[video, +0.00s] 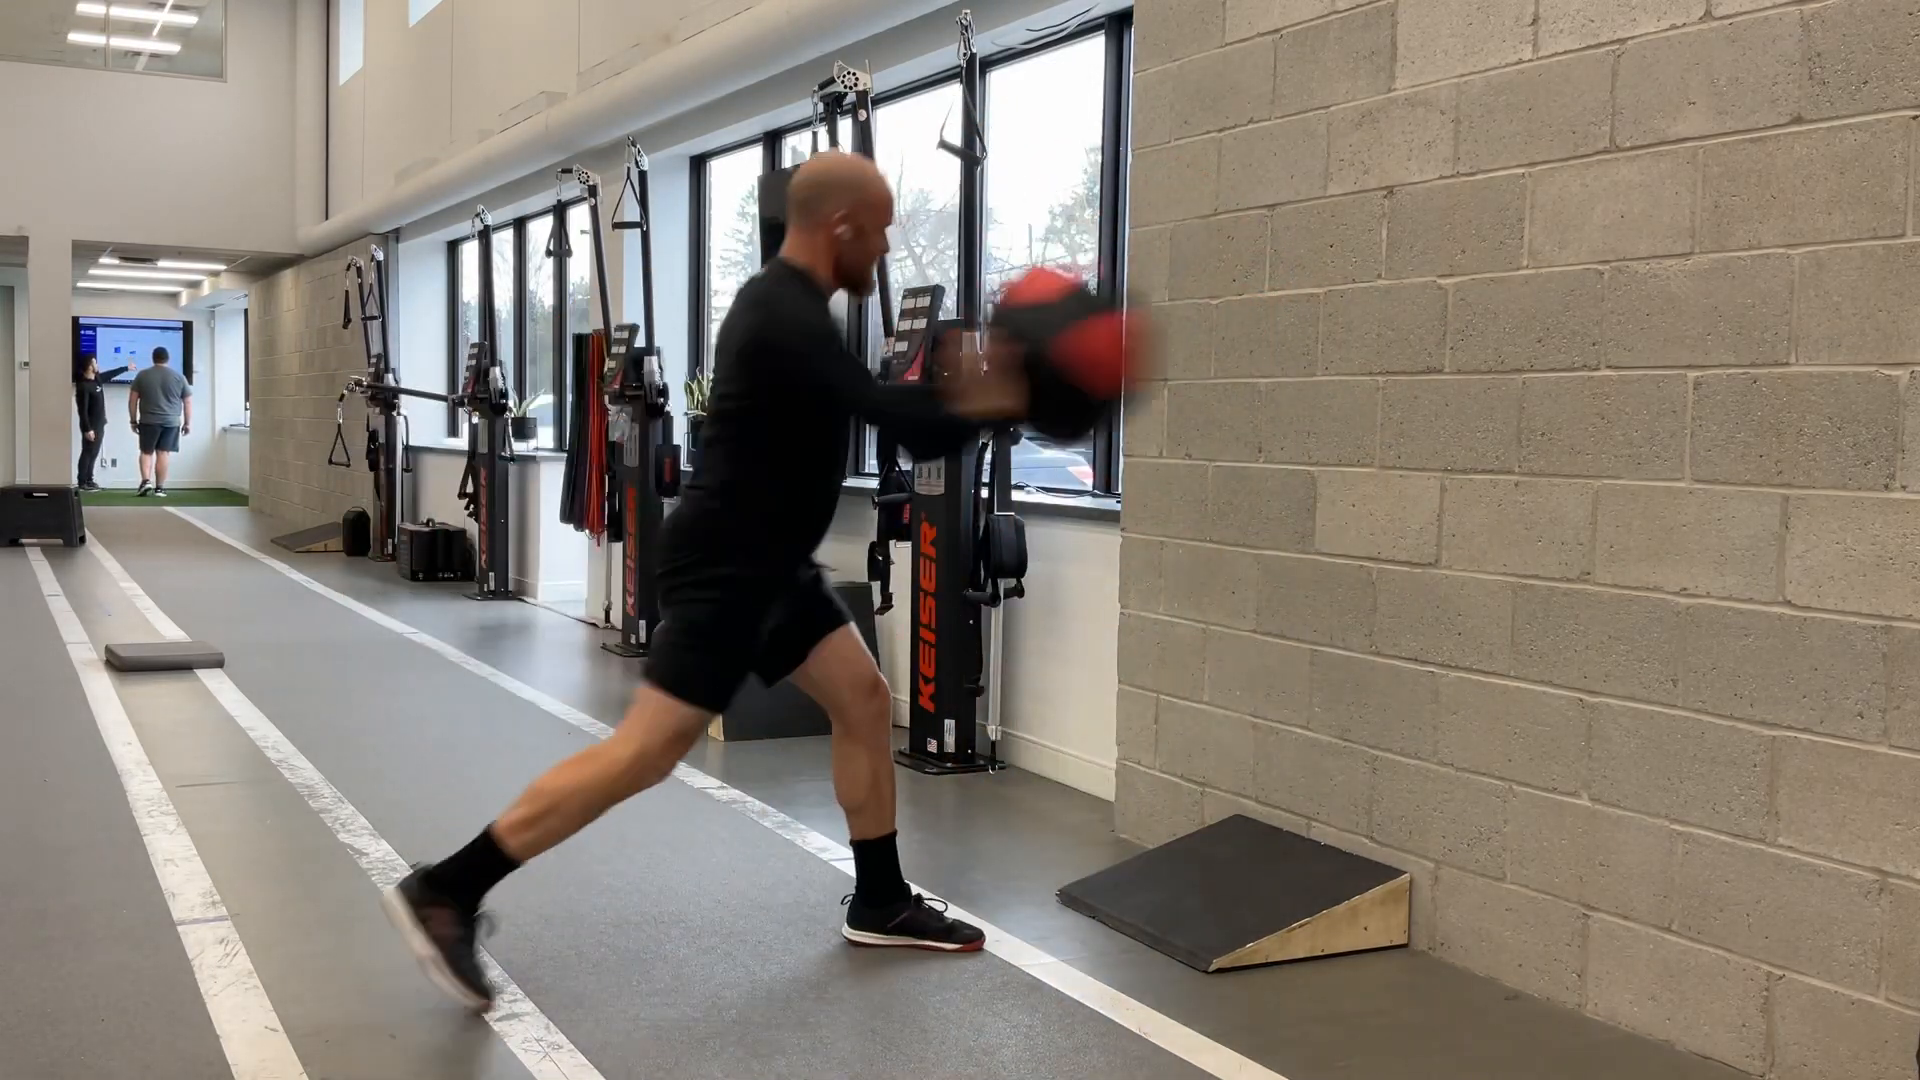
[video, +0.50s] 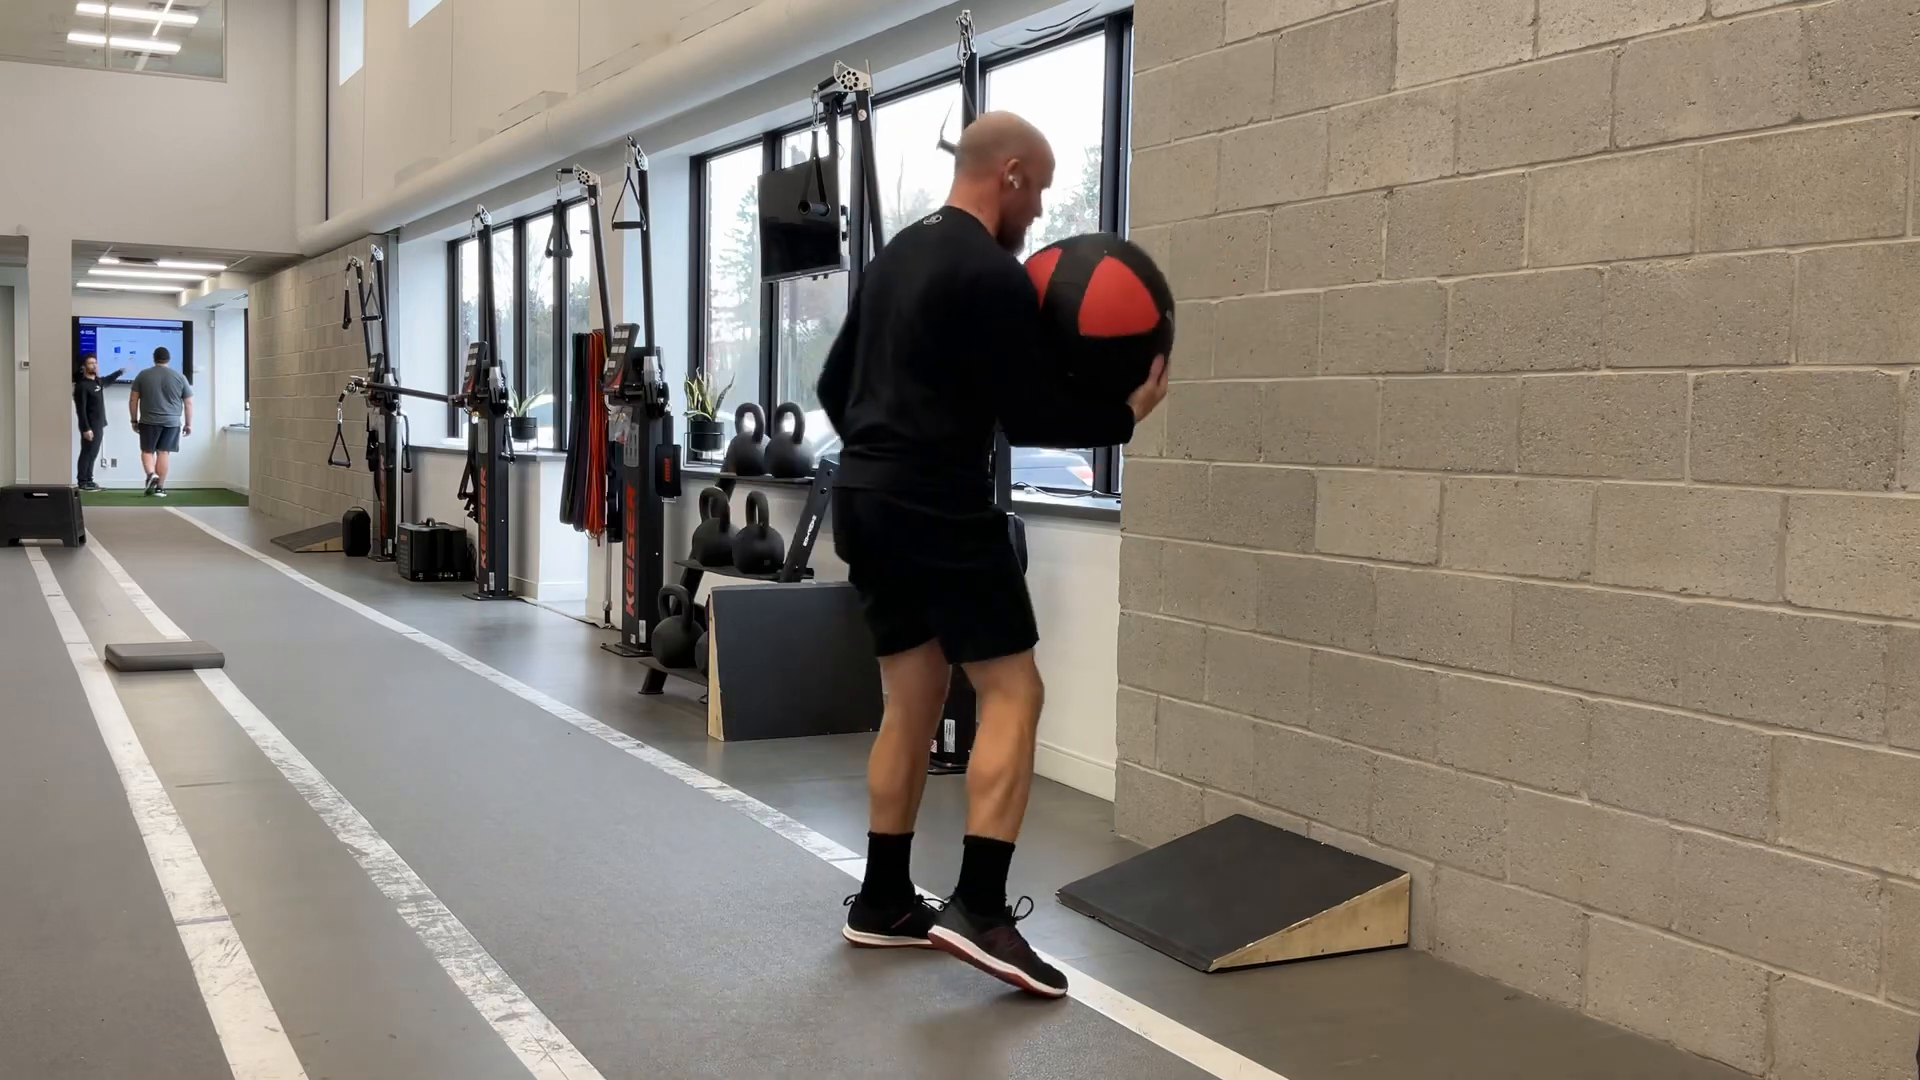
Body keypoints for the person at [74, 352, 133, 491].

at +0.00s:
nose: (96, 365)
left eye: (95, 363)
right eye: (94, 363)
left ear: (92, 365)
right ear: (89, 366)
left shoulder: (98, 379)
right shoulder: (83, 385)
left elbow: (111, 374)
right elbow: (82, 410)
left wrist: (126, 368)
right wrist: (87, 429)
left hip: (99, 423)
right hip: (90, 424)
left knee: (93, 454)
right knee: (87, 453)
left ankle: (89, 480)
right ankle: (83, 481)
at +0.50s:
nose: (94, 365)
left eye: (95, 363)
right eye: (90, 363)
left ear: (97, 365)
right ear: (85, 366)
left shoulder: (98, 381)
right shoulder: (82, 385)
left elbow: (108, 380)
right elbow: (81, 409)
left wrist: (120, 372)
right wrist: (86, 428)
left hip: (99, 423)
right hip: (89, 425)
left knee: (92, 454)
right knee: (86, 454)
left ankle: (89, 480)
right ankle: (83, 481)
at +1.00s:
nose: (97, 366)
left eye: (98, 363)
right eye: (94, 363)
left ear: (100, 365)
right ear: (87, 365)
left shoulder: (97, 384)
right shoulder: (81, 384)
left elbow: (98, 406)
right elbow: (78, 407)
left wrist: (104, 421)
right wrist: (81, 426)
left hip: (97, 424)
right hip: (88, 425)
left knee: (93, 454)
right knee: (85, 454)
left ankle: (89, 479)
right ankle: (82, 480)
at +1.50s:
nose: (97, 366)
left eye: (99, 364)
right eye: (94, 363)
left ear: (101, 366)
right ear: (88, 365)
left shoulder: (97, 384)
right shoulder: (81, 383)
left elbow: (98, 408)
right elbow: (79, 406)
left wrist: (102, 425)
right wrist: (83, 423)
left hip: (97, 425)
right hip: (87, 425)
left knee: (92, 454)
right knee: (85, 454)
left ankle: (89, 479)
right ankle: (82, 481)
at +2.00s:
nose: (99, 368)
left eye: (101, 366)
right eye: (97, 365)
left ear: (102, 367)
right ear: (89, 366)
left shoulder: (98, 385)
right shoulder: (81, 383)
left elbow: (99, 408)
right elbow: (78, 406)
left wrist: (103, 424)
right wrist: (81, 424)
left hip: (98, 425)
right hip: (88, 425)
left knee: (92, 454)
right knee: (85, 454)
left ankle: (89, 479)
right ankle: (82, 481)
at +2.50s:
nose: (100, 369)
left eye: (102, 367)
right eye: (97, 366)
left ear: (103, 368)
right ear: (90, 366)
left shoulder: (98, 384)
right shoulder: (81, 383)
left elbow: (99, 408)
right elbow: (78, 406)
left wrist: (103, 424)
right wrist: (81, 424)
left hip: (97, 425)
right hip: (87, 425)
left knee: (92, 455)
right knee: (85, 454)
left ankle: (89, 479)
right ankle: (82, 481)